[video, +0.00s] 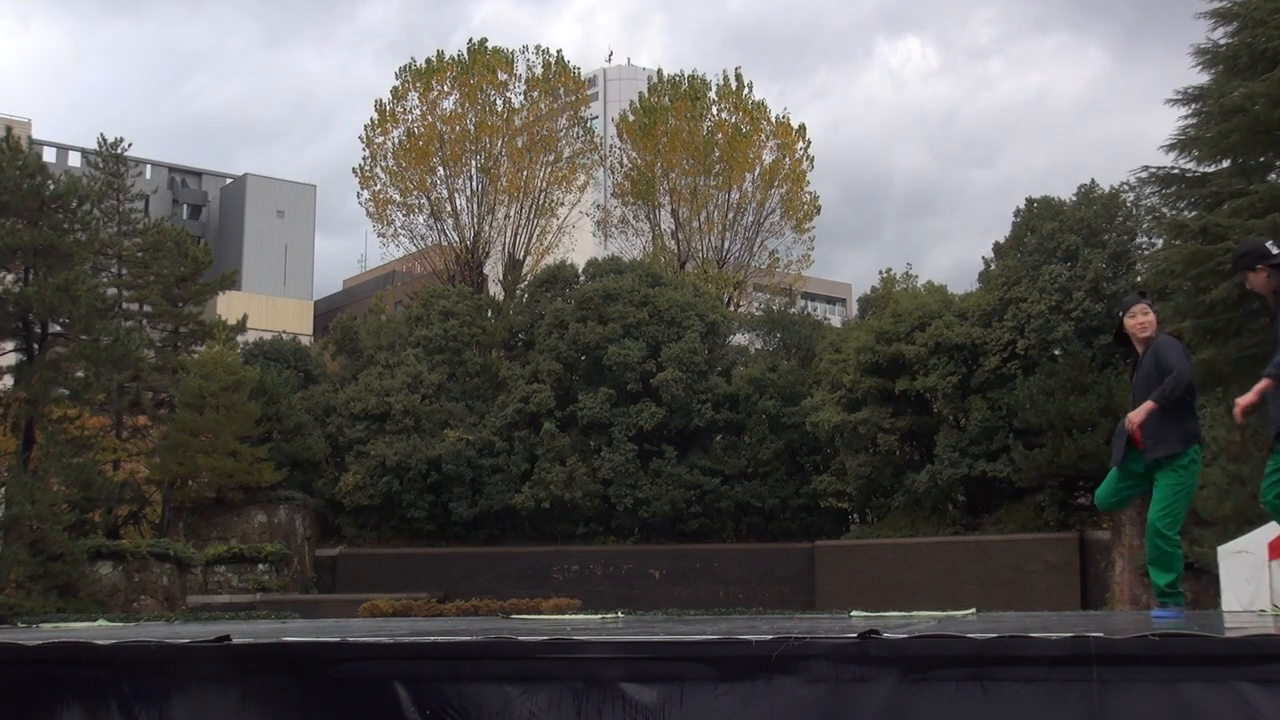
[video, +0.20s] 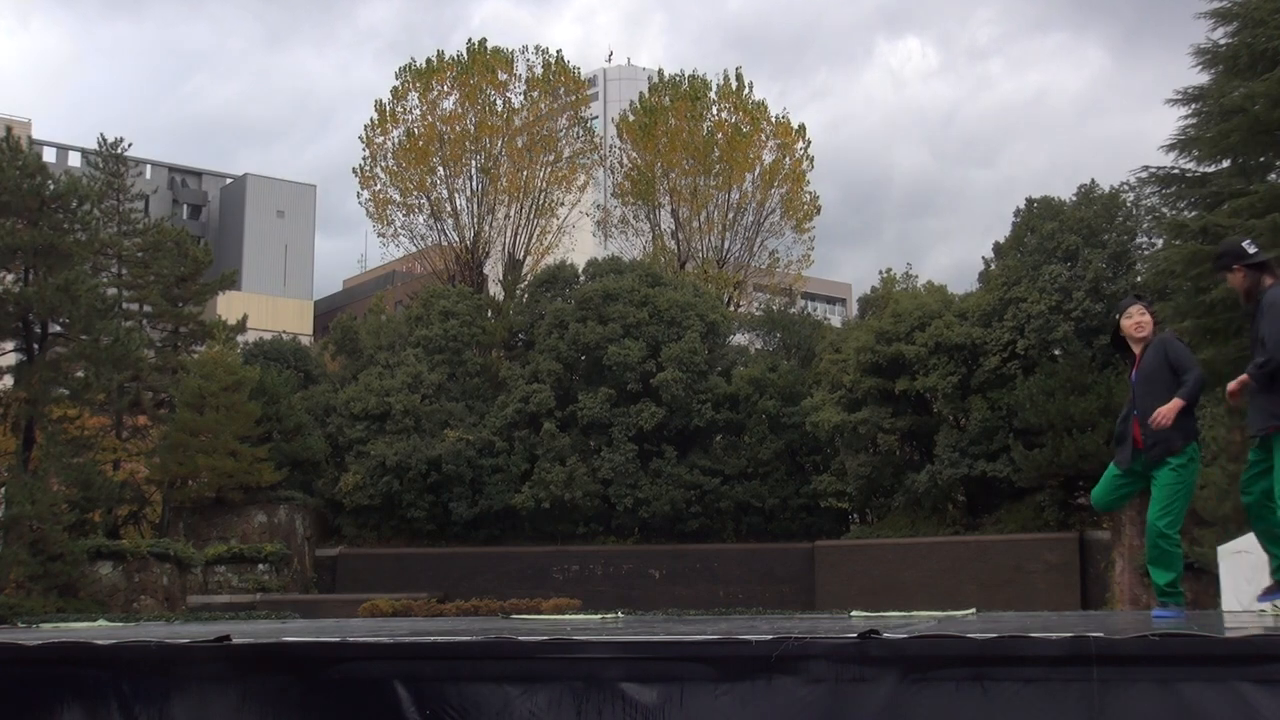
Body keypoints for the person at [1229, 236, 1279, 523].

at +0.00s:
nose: (1247, 285)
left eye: (1247, 276)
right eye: (1245, 278)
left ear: (1264, 272)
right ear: (1264, 272)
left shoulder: (1275, 308)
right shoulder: (1274, 308)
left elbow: (1276, 360)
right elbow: (1277, 360)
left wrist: (1257, 390)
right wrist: (1257, 390)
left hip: (1277, 428)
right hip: (1277, 428)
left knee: (1272, 495)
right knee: (1271, 495)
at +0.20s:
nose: (1229, 281)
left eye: (1230, 274)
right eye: (1227, 275)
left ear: (1243, 271)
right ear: (1249, 270)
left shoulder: (1271, 300)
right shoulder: (1264, 301)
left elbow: (1272, 355)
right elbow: (1267, 357)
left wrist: (1246, 379)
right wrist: (1244, 379)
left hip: (1273, 425)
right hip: (1264, 425)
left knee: (1262, 493)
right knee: (1255, 492)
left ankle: (1279, 574)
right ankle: (1278, 573)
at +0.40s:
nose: (1214, 289)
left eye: (1216, 282)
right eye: (1213, 282)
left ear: (1230, 279)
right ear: (1235, 278)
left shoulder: (1262, 312)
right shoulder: (1250, 311)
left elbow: (1265, 370)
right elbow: (1257, 368)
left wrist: (1241, 380)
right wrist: (1240, 401)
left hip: (1272, 426)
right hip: (1256, 425)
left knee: (1274, 502)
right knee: (1248, 501)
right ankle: (1251, 580)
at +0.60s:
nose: (1199, 296)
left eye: (1201, 289)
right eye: (1199, 290)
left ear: (1215, 290)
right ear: (1225, 288)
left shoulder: (1238, 325)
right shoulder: (1233, 325)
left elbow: (1226, 382)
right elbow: (1212, 370)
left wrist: (1202, 396)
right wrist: (1194, 392)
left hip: (1254, 439)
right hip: (1237, 442)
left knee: (1269, 518)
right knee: (1229, 522)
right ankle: (1251, 596)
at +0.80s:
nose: (1176, 303)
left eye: (1177, 297)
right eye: (1176, 297)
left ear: (1187, 298)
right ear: (1207, 296)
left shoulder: (1201, 329)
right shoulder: (1221, 327)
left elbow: (1204, 382)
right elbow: (1217, 381)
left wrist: (1187, 408)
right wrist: (1193, 407)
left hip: (1218, 437)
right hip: (1237, 435)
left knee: (1208, 513)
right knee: (1230, 514)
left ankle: (1268, 557)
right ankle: (1250, 596)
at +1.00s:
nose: (1142, 313)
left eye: (1145, 308)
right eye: (1144, 307)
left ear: (1157, 310)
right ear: (1174, 310)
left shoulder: (1162, 338)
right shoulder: (1198, 339)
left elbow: (1181, 382)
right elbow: (1207, 384)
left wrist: (1190, 425)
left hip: (1189, 445)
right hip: (1218, 443)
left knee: (1165, 516)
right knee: (1226, 521)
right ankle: (1252, 594)